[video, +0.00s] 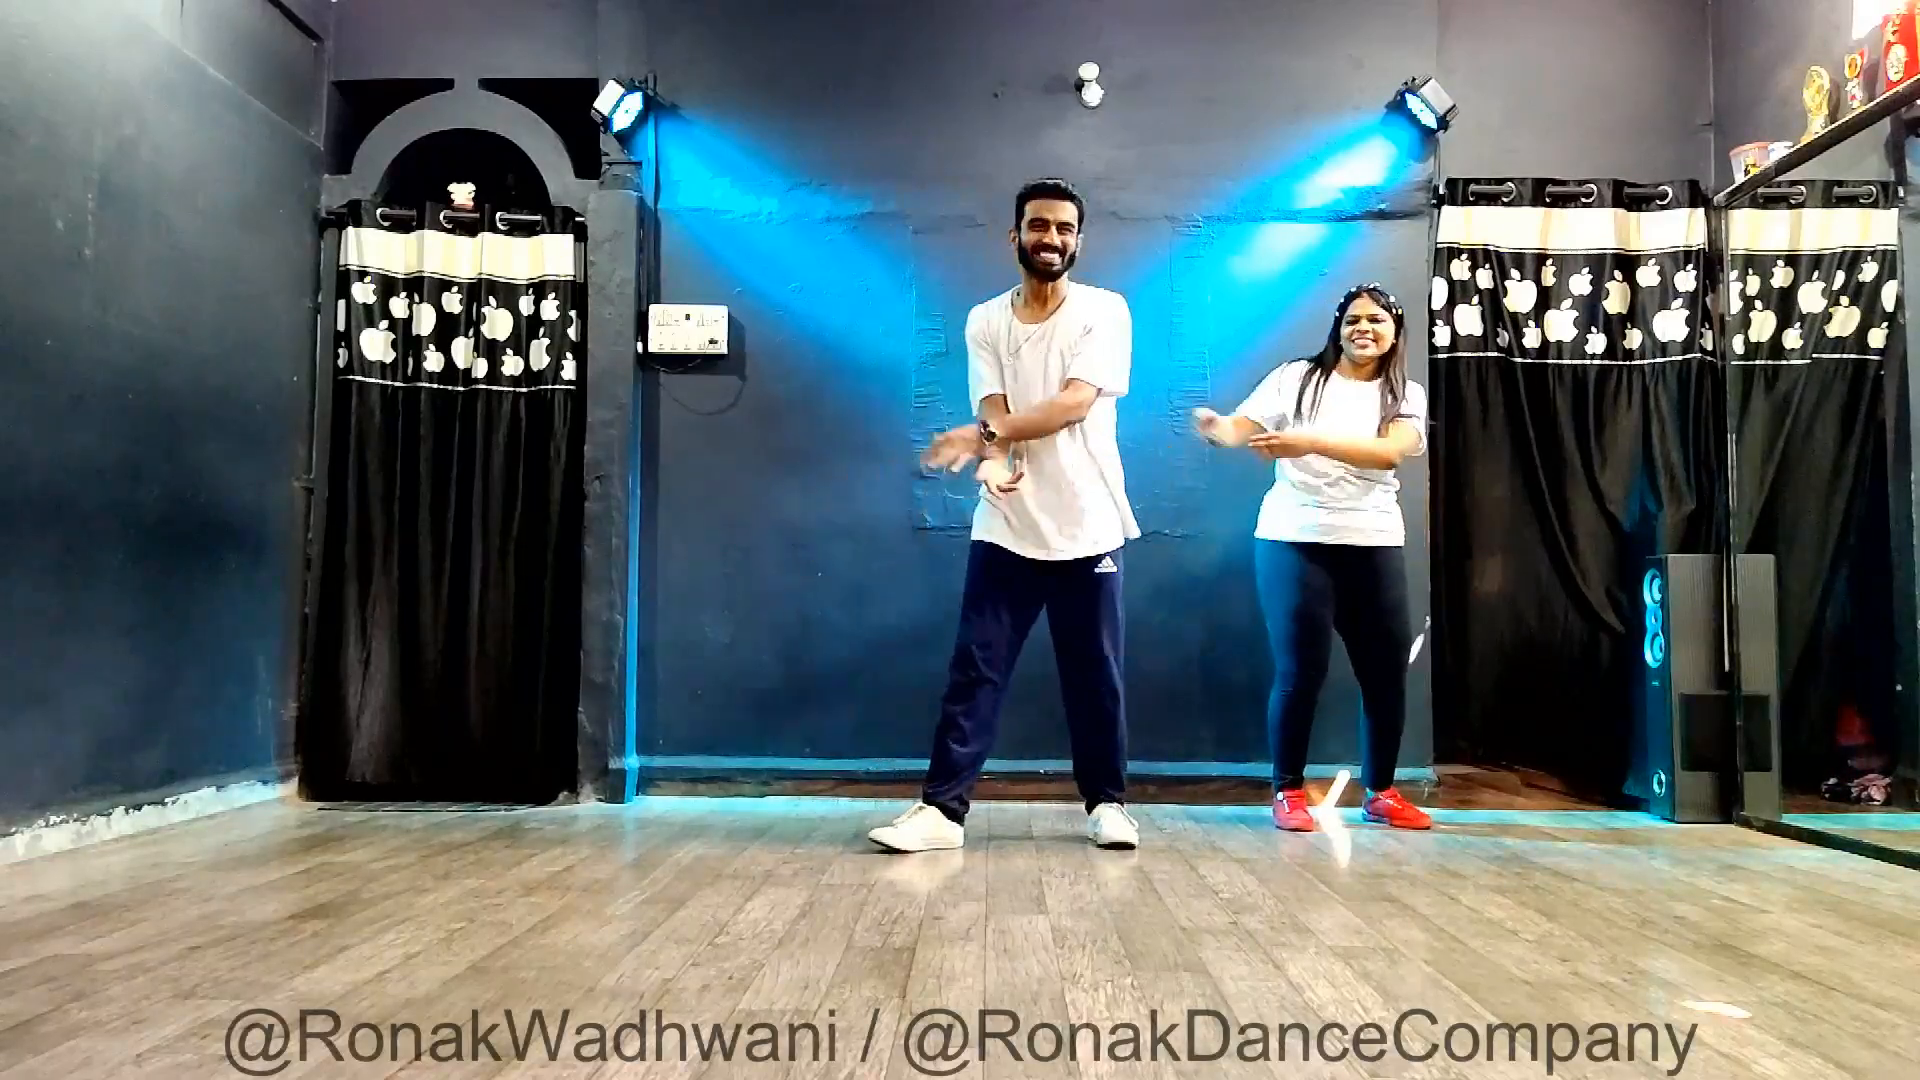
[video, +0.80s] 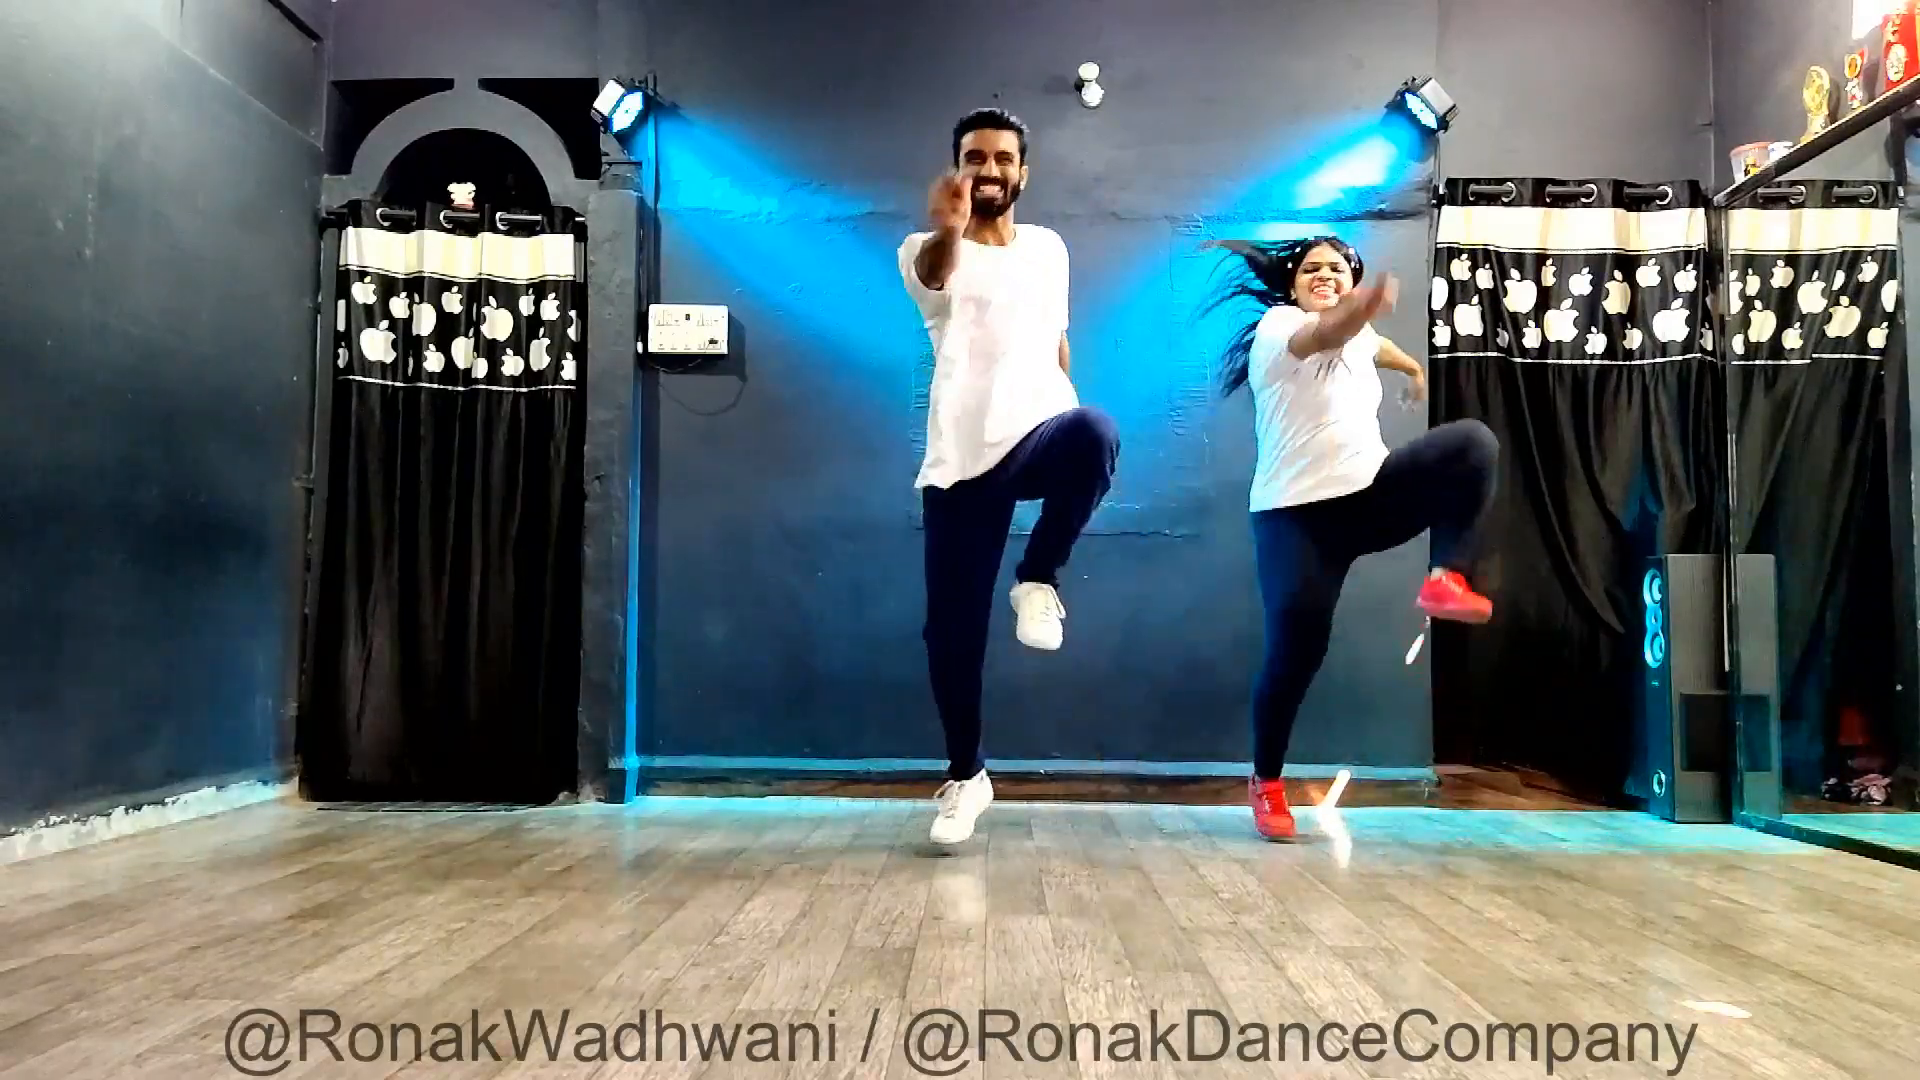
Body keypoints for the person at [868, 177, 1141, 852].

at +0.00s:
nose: (1051, 238)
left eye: (1064, 228)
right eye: (1038, 226)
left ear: (1078, 239)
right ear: (1016, 235)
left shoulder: (1104, 311)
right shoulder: (985, 320)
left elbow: (1074, 405)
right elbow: (994, 409)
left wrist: (980, 434)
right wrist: (997, 456)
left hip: (1086, 523)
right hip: (1007, 522)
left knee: (1095, 673)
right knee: (977, 666)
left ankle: (1107, 804)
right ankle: (944, 810)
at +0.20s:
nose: (1058, 233)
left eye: (1071, 223)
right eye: (1046, 222)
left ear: (1088, 235)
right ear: (1026, 232)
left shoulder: (1107, 299)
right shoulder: (994, 309)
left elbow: (1074, 356)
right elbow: (940, 390)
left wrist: (1005, 318)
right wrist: (881, 459)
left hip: (1085, 509)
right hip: (1006, 505)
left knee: (1094, 661)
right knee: (972, 635)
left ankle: (1107, 801)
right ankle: (970, 795)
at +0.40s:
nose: (992, 248)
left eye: (1005, 235)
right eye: (978, 236)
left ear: (1025, 236)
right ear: (960, 242)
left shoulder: (1052, 270)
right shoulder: (940, 323)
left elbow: (1122, 300)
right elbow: (905, 394)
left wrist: (1056, 372)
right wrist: (871, 454)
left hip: (1077, 508)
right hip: (992, 515)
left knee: (1096, 661)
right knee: (963, 649)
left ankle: (1108, 800)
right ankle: (957, 803)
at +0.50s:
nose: (972, 287)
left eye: (983, 270)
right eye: (956, 274)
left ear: (1002, 253)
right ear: (935, 263)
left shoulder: (1044, 297)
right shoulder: (914, 352)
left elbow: (1109, 369)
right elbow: (908, 452)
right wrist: (893, 542)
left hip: (1068, 514)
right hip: (977, 530)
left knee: (1111, 643)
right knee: (959, 669)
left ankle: (1115, 775)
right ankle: (957, 812)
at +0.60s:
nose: (963, 279)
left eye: (975, 265)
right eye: (949, 265)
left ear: (995, 255)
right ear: (929, 258)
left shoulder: (1036, 308)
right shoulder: (908, 344)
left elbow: (1086, 395)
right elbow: (913, 430)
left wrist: (1129, 483)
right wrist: (915, 503)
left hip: (1053, 495)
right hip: (967, 519)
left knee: (1094, 558)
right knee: (955, 674)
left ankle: (1092, 701)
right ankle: (959, 812)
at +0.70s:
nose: (970, 227)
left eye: (983, 214)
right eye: (957, 214)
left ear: (1002, 214)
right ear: (935, 216)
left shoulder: (1040, 278)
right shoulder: (912, 289)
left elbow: (1072, 374)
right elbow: (916, 349)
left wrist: (1092, 455)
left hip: (1042, 462)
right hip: (966, 486)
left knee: (1089, 483)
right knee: (968, 658)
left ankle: (1068, 643)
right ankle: (961, 804)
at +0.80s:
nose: (989, 170)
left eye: (1003, 159)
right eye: (976, 158)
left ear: (1022, 173)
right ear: (956, 170)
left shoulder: (1047, 249)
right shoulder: (926, 249)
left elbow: (1058, 346)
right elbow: (934, 274)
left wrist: (1074, 428)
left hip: (1037, 440)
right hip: (961, 454)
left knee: (1092, 433)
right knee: (953, 630)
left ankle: (1038, 583)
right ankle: (966, 776)